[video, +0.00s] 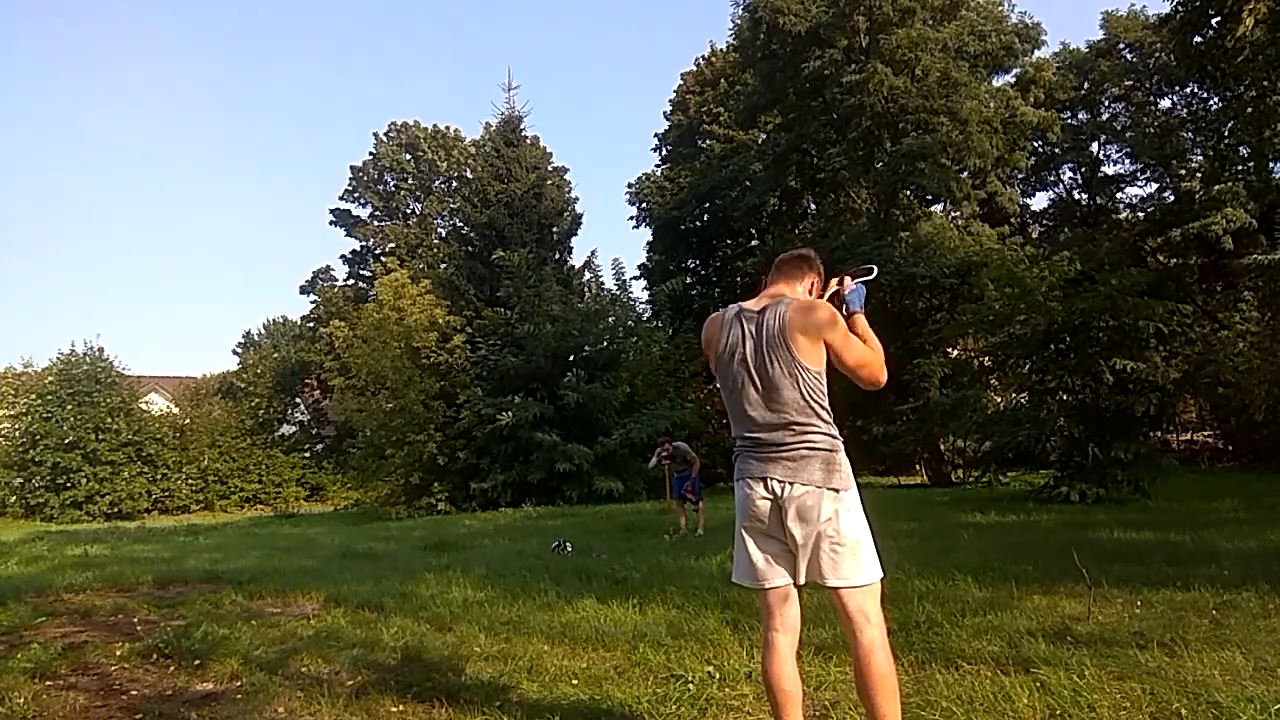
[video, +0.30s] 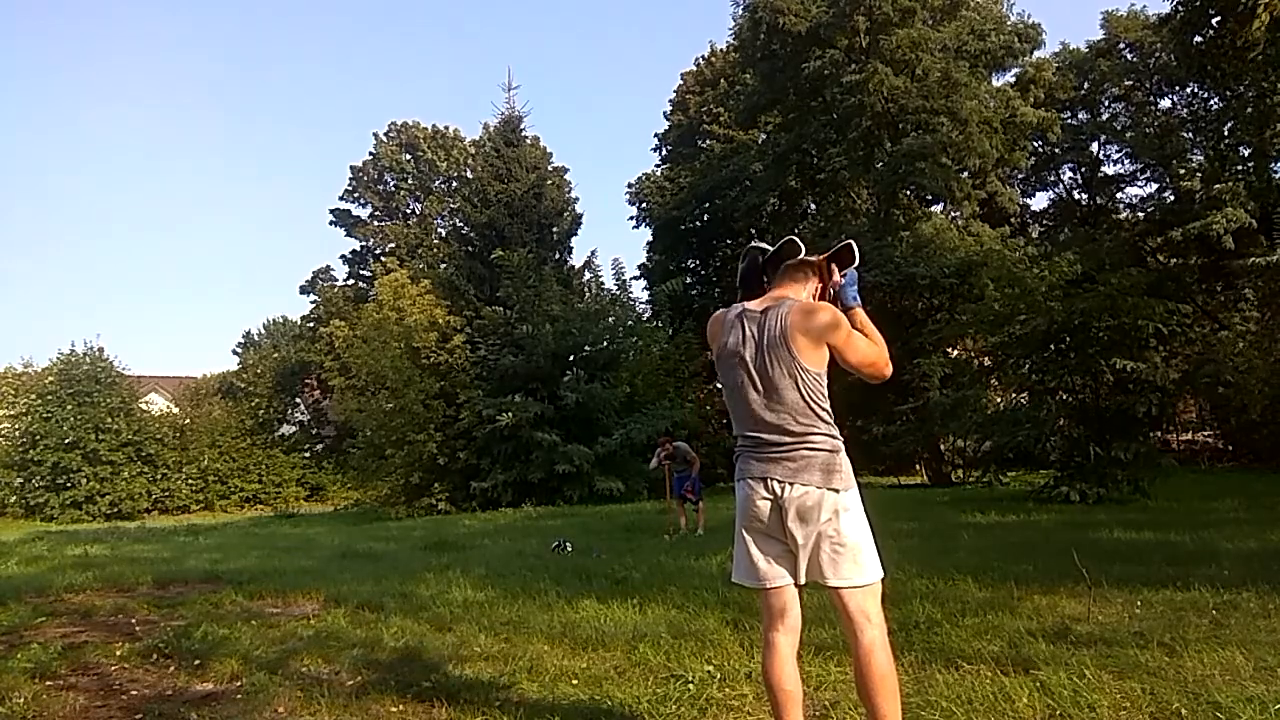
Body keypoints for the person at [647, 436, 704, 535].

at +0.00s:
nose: (666, 452)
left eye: (668, 449)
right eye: (664, 450)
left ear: (671, 445)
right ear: (661, 449)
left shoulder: (682, 447)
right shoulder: (660, 451)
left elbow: (696, 462)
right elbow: (650, 466)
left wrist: (692, 480)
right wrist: (659, 458)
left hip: (690, 473)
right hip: (677, 474)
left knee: (697, 501)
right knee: (679, 502)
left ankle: (700, 527)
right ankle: (683, 528)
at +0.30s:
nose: (667, 452)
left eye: (668, 449)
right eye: (664, 450)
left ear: (671, 446)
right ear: (661, 449)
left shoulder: (682, 447)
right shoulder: (660, 452)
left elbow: (696, 462)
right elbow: (651, 466)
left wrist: (692, 480)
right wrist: (660, 460)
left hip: (690, 473)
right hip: (677, 475)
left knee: (697, 501)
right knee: (679, 502)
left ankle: (700, 528)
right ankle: (683, 528)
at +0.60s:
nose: (667, 452)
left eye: (668, 449)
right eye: (664, 450)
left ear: (672, 445)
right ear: (661, 449)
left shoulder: (682, 447)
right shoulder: (660, 452)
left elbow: (696, 462)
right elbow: (652, 467)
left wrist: (692, 480)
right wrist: (660, 461)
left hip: (690, 473)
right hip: (677, 475)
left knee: (697, 501)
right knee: (679, 502)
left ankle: (700, 528)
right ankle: (683, 528)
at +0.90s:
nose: (667, 452)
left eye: (668, 449)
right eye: (665, 450)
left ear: (672, 446)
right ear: (662, 449)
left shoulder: (682, 447)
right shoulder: (660, 452)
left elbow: (696, 461)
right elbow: (652, 467)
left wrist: (692, 480)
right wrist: (660, 460)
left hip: (690, 472)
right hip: (677, 475)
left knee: (697, 501)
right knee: (679, 502)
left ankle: (700, 528)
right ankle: (683, 528)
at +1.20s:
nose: (667, 452)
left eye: (668, 449)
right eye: (665, 450)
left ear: (672, 446)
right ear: (662, 449)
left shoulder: (682, 447)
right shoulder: (660, 451)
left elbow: (696, 461)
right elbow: (652, 467)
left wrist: (692, 480)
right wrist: (660, 460)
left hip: (690, 472)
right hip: (677, 474)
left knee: (697, 501)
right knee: (679, 502)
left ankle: (700, 528)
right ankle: (683, 528)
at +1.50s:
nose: (668, 452)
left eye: (669, 449)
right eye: (665, 450)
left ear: (673, 445)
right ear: (662, 449)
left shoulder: (682, 447)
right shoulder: (661, 451)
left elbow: (697, 461)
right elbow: (653, 467)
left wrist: (692, 480)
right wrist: (660, 460)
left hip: (690, 472)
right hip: (677, 474)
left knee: (697, 501)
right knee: (679, 502)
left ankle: (700, 527)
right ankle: (683, 528)